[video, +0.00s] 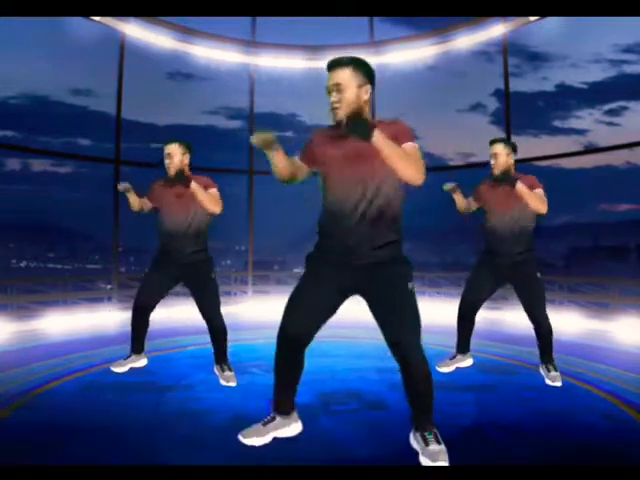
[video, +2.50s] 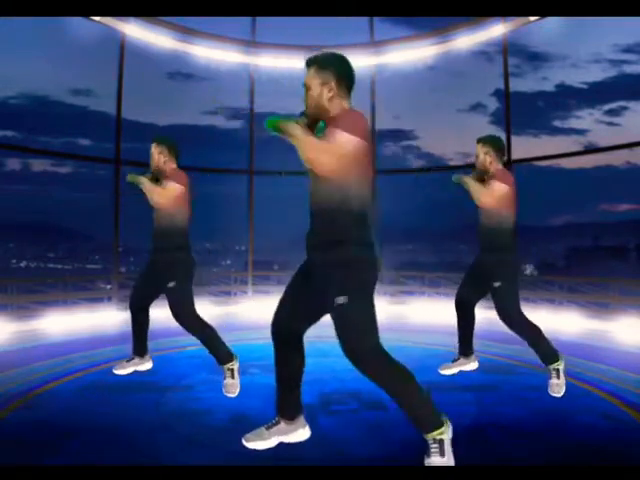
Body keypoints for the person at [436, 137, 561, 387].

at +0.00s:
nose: (494, 161)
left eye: (498, 156)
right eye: (492, 156)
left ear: (512, 157)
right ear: (490, 159)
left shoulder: (529, 183)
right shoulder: (485, 189)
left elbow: (542, 208)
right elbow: (466, 209)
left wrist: (517, 184)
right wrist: (457, 195)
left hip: (522, 262)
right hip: (491, 262)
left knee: (539, 317)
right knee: (467, 306)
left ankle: (548, 364)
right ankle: (462, 354)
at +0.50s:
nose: (480, 162)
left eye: (482, 157)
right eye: (480, 158)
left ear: (492, 156)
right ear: (497, 157)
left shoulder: (496, 176)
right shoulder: (501, 179)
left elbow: (458, 182)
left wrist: (433, 173)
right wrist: (441, 176)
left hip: (499, 258)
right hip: (489, 256)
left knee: (513, 313)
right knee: (464, 300)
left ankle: (548, 359)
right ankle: (461, 354)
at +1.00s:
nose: (490, 168)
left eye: (493, 162)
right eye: (487, 164)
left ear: (508, 160)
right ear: (488, 165)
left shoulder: (530, 182)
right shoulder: (495, 191)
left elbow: (540, 212)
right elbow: (478, 216)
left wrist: (513, 185)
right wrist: (469, 195)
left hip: (526, 262)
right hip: (498, 261)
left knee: (534, 317)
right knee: (473, 305)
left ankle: (548, 364)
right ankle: (462, 354)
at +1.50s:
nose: (461, 164)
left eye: (465, 159)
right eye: (460, 160)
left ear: (479, 160)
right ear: (462, 163)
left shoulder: (500, 188)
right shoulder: (461, 195)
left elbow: (510, 220)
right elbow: (444, 215)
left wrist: (486, 196)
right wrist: (438, 194)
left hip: (496, 264)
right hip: (465, 263)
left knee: (520, 312)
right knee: (447, 305)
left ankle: (519, 358)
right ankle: (443, 347)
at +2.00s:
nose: (482, 162)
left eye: (486, 156)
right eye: (481, 157)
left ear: (501, 157)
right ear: (490, 159)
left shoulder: (524, 181)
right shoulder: (488, 189)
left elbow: (529, 216)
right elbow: (481, 221)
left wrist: (499, 195)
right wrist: (466, 207)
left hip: (523, 263)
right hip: (493, 262)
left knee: (536, 322)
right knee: (464, 303)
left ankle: (549, 370)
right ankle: (463, 353)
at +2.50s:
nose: (479, 160)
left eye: (483, 155)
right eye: (478, 155)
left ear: (496, 157)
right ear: (482, 158)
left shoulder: (502, 183)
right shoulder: (489, 180)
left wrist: (468, 181)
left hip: (503, 259)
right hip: (486, 257)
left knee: (510, 315)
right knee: (464, 301)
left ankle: (554, 362)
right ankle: (466, 356)